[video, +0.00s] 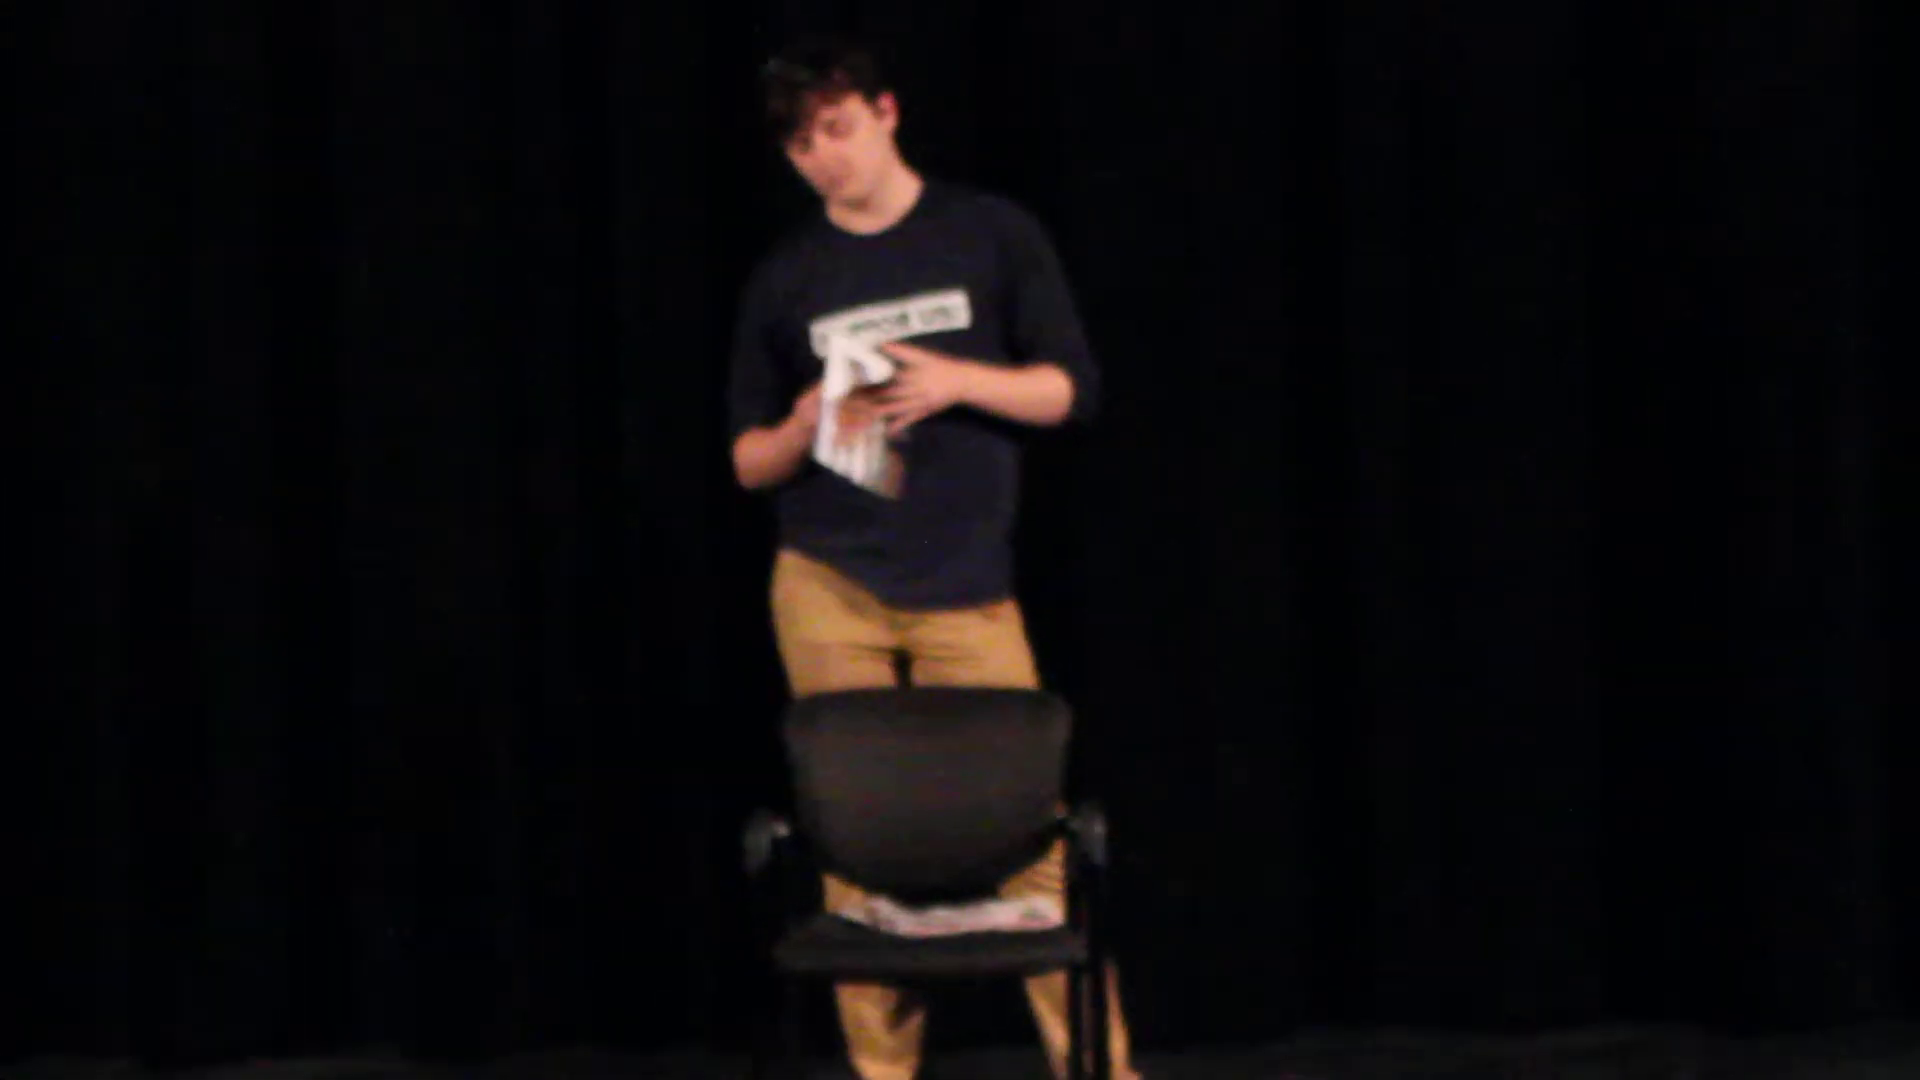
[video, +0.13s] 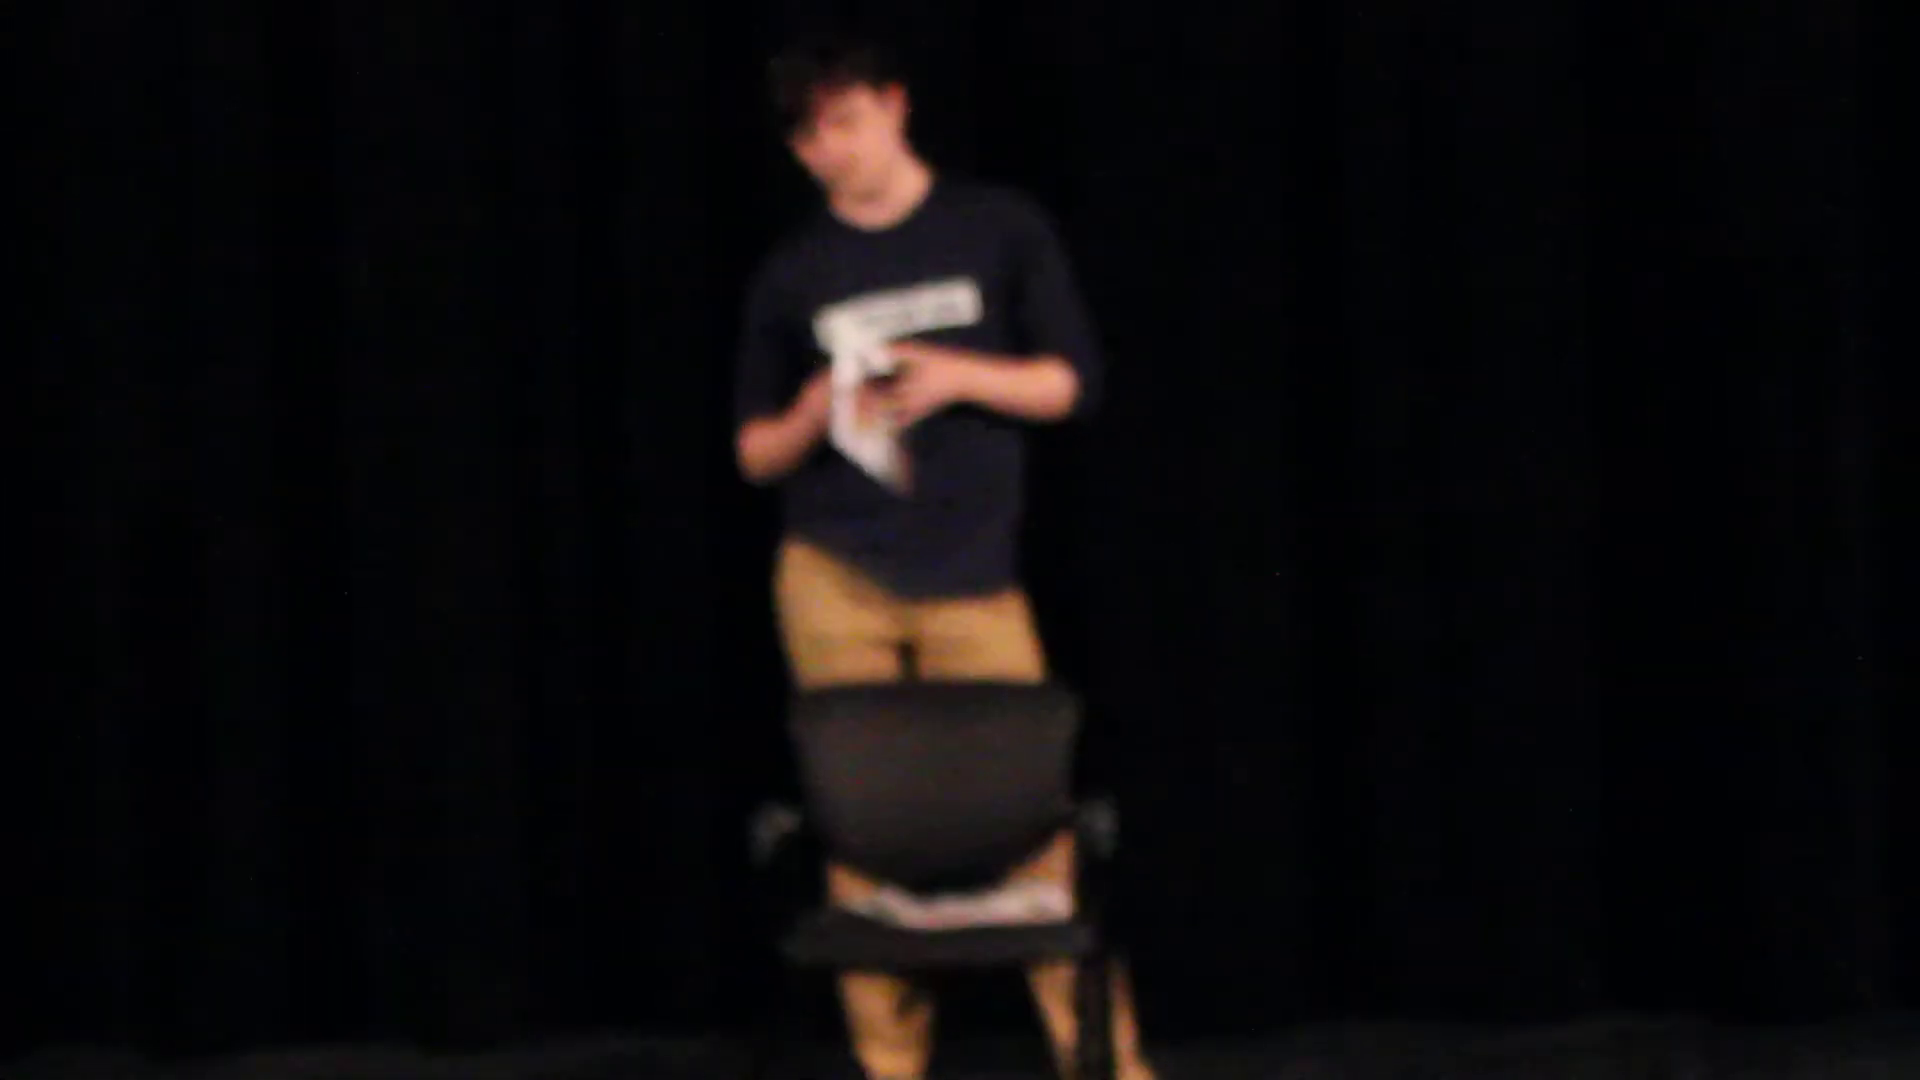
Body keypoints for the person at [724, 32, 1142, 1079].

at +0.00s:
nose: (821, 153)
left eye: (834, 126)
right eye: (802, 139)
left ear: (886, 114)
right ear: (789, 156)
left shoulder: (993, 236)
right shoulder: (786, 277)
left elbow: (1069, 391)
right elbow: (747, 461)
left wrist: (957, 380)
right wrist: (807, 424)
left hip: (967, 586)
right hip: (827, 585)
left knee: (1023, 828)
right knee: (855, 837)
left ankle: (1099, 1066)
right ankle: (881, 1068)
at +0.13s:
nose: (825, 147)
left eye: (842, 121)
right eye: (809, 129)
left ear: (895, 109)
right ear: (793, 143)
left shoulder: (999, 233)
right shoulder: (792, 272)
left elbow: (1070, 385)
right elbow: (753, 453)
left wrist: (956, 375)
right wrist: (820, 404)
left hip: (974, 576)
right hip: (832, 576)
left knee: (1029, 819)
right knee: (858, 829)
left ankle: (1103, 1063)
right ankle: (889, 1065)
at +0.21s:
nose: (821, 145)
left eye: (839, 118)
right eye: (808, 126)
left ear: (896, 107)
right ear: (796, 138)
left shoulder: (1001, 234)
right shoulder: (797, 268)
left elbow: (1070, 381)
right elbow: (754, 449)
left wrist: (957, 373)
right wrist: (816, 409)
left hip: (977, 574)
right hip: (835, 574)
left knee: (1031, 815)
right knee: (861, 829)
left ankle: (1106, 1060)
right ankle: (894, 1066)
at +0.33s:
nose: (825, 143)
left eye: (842, 114)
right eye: (813, 121)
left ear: (900, 111)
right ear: (801, 140)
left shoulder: (1002, 231)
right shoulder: (800, 266)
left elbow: (1071, 380)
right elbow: (754, 447)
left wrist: (971, 374)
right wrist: (816, 401)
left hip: (979, 561)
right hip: (835, 560)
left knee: (1031, 801)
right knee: (862, 812)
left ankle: (1103, 1046)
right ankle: (894, 1057)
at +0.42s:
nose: (831, 142)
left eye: (846, 112)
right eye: (816, 121)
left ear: (899, 110)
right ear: (801, 140)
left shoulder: (1001, 229)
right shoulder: (803, 265)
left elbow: (1076, 379)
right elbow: (757, 448)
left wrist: (992, 375)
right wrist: (818, 391)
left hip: (978, 556)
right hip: (835, 555)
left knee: (1032, 793)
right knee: (863, 801)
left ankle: (1100, 1039)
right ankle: (893, 1044)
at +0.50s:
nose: (817, 147)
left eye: (834, 117)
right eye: (806, 126)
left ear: (893, 112)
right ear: (796, 141)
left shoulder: (997, 231)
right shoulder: (802, 266)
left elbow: (1075, 382)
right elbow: (757, 442)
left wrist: (993, 377)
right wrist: (815, 387)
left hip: (976, 568)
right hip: (843, 572)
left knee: (1024, 798)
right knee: (857, 806)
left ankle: (1088, 1035)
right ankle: (882, 1036)